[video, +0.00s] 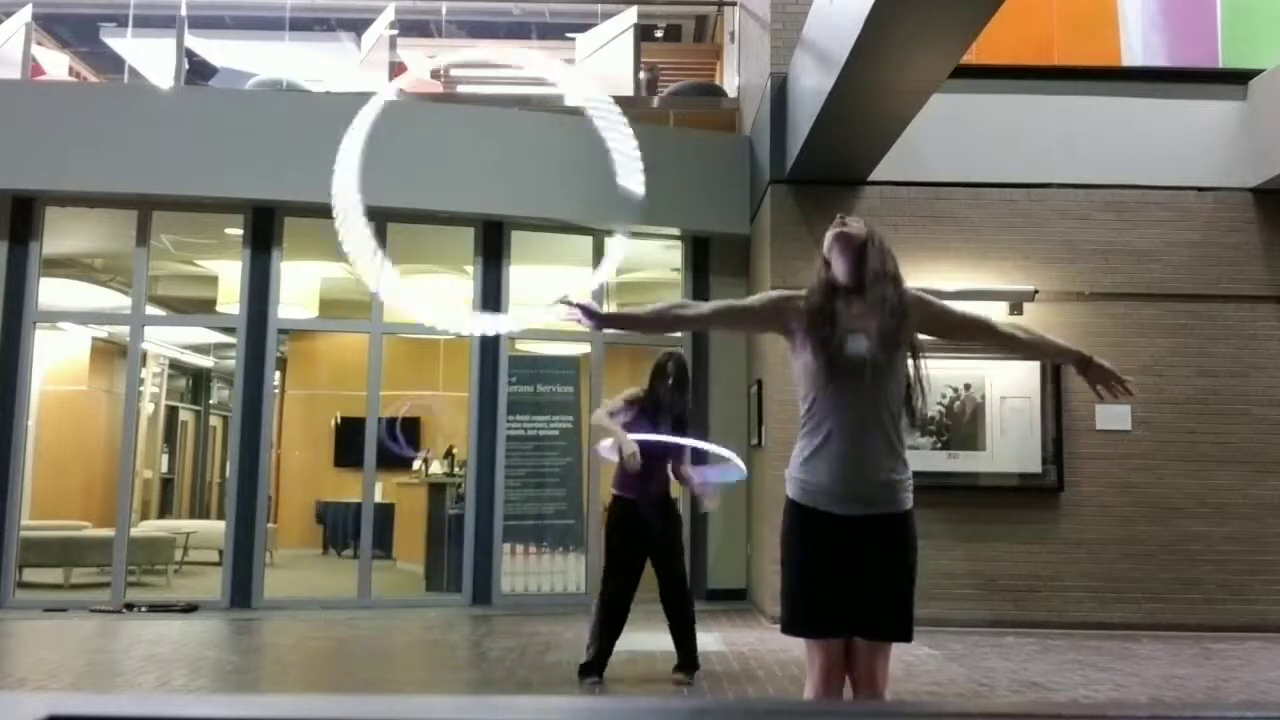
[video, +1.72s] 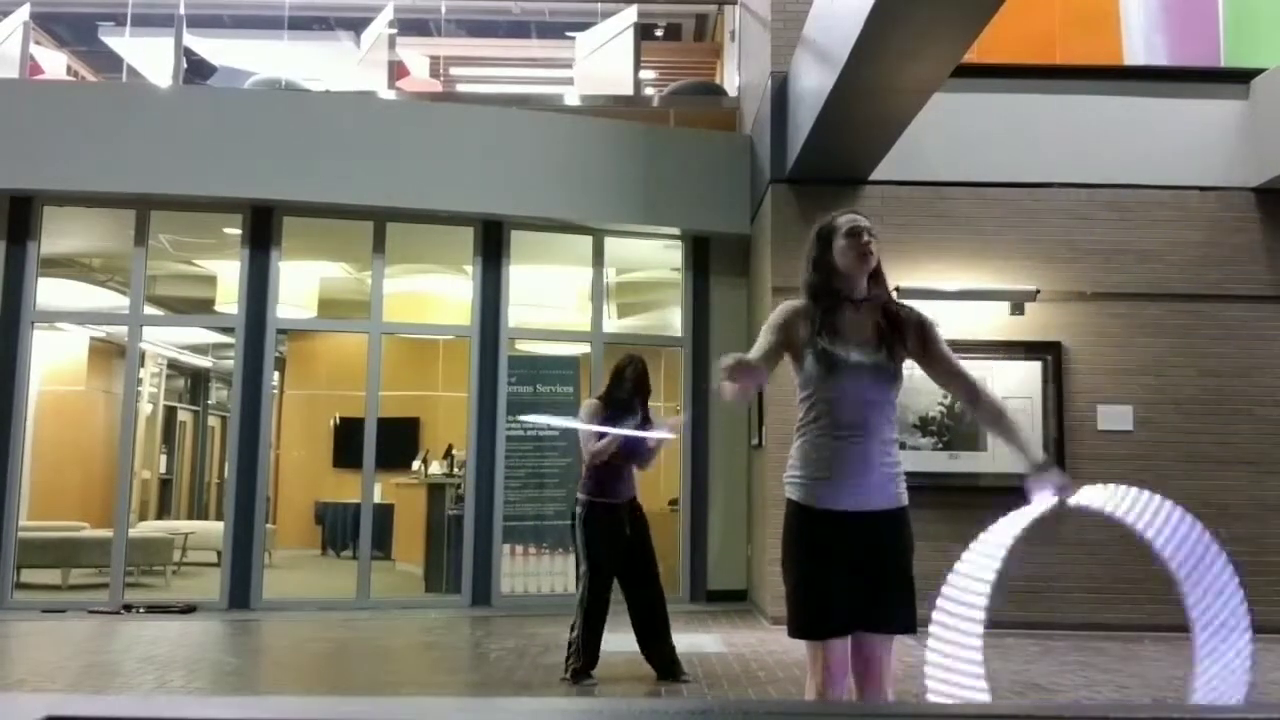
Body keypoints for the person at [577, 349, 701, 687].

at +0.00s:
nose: (670, 388)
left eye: (677, 382)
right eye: (665, 380)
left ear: (684, 385)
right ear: (655, 378)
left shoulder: (679, 417)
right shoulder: (637, 401)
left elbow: (680, 465)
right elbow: (599, 418)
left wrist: (700, 487)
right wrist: (624, 438)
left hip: (662, 507)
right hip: (627, 507)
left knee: (675, 588)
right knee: (616, 591)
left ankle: (687, 664)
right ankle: (593, 669)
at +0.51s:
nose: (687, 379)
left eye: (693, 373)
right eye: (683, 372)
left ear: (703, 379)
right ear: (674, 375)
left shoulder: (706, 414)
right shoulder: (659, 402)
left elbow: (713, 462)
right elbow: (639, 442)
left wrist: (719, 440)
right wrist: (638, 444)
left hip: (680, 506)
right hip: (644, 503)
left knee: (688, 592)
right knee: (622, 586)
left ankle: (696, 668)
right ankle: (586, 662)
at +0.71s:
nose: (679, 383)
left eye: (687, 377)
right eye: (674, 375)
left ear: (697, 382)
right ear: (666, 379)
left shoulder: (706, 416)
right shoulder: (654, 410)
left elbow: (706, 466)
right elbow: (644, 437)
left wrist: (676, 440)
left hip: (681, 513)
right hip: (642, 510)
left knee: (690, 596)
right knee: (621, 593)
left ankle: (698, 671)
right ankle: (591, 671)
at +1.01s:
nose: (656, 398)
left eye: (662, 393)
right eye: (651, 390)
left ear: (669, 397)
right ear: (638, 391)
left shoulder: (668, 428)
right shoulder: (615, 418)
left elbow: (666, 471)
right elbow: (599, 465)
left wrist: (642, 440)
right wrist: (603, 440)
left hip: (654, 523)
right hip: (617, 522)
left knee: (676, 599)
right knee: (614, 601)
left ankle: (698, 669)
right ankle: (592, 668)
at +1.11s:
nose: (647, 393)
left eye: (653, 388)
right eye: (642, 386)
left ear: (660, 393)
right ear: (631, 387)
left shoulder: (661, 428)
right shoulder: (607, 416)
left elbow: (667, 471)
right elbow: (596, 461)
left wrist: (635, 437)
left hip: (638, 517)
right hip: (604, 517)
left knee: (661, 595)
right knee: (607, 600)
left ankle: (694, 669)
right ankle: (591, 670)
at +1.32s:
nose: (639, 382)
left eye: (643, 376)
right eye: (634, 374)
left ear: (647, 378)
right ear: (621, 374)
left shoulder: (638, 408)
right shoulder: (600, 397)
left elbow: (625, 454)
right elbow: (588, 441)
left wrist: (656, 467)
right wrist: (624, 469)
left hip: (625, 508)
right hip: (597, 507)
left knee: (641, 587)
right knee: (598, 589)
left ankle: (659, 666)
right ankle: (585, 670)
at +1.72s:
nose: (634, 390)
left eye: (639, 384)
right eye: (629, 381)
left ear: (644, 386)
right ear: (618, 380)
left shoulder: (642, 415)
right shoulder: (593, 409)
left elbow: (642, 462)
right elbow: (591, 454)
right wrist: (624, 424)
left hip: (628, 510)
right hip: (595, 510)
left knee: (646, 589)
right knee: (594, 590)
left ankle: (666, 666)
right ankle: (578, 667)